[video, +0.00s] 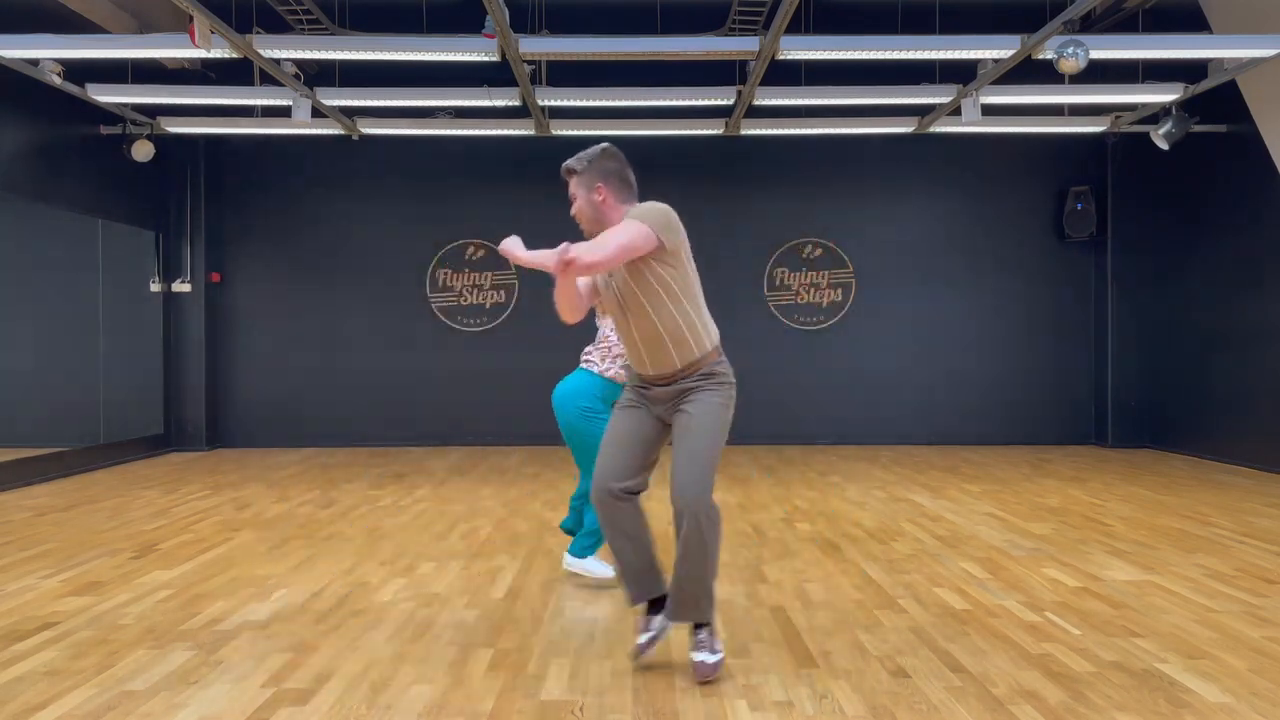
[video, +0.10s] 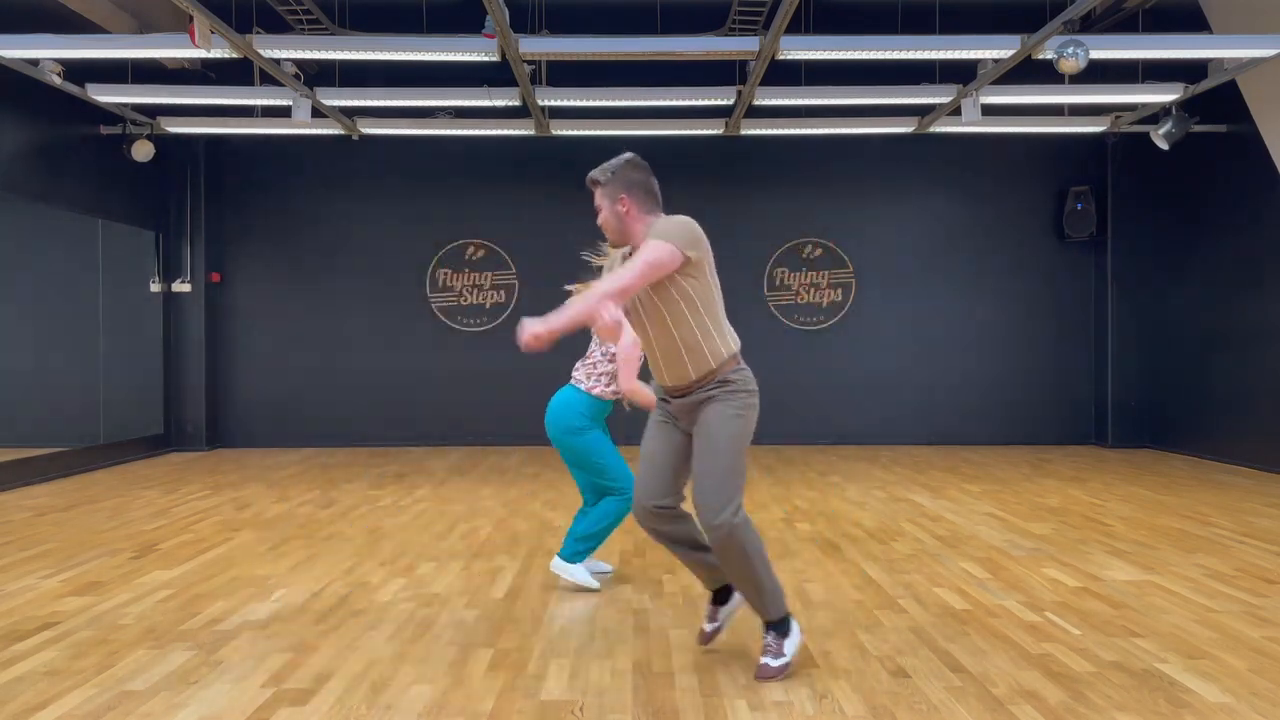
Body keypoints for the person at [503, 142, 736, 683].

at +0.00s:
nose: (570, 210)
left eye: (574, 198)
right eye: (570, 200)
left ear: (602, 193)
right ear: (602, 195)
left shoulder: (656, 218)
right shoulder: (592, 254)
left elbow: (587, 258)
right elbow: (571, 315)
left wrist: (523, 255)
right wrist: (561, 270)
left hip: (704, 381)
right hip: (643, 391)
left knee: (692, 498)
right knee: (609, 489)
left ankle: (701, 624)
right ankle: (656, 599)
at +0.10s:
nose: (597, 221)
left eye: (600, 209)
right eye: (596, 210)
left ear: (626, 204)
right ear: (627, 206)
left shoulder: (679, 231)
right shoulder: (625, 265)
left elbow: (625, 284)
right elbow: (597, 306)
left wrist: (550, 324)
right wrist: (605, 318)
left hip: (724, 391)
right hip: (671, 401)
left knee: (719, 515)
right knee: (652, 509)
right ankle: (724, 586)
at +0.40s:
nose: (619, 192)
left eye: (623, 184)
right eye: (620, 184)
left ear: (645, 187)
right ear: (651, 185)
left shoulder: (695, 232)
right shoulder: (651, 235)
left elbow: (758, 279)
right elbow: (667, 295)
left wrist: (796, 347)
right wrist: (652, 341)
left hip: (725, 366)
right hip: (682, 374)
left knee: (721, 476)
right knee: (672, 475)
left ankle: (778, 599)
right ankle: (742, 567)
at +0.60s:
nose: (642, 217)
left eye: (652, 207)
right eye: (634, 208)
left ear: (674, 207)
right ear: (626, 209)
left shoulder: (693, 260)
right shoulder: (637, 261)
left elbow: (740, 318)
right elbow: (634, 324)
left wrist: (703, 353)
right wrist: (583, 316)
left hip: (722, 382)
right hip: (676, 383)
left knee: (672, 478)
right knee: (646, 468)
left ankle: (675, 575)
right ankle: (691, 547)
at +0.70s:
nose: (650, 251)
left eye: (660, 241)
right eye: (641, 242)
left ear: (677, 242)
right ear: (632, 244)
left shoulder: (697, 298)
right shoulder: (641, 295)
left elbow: (728, 365)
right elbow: (628, 342)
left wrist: (682, 395)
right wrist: (574, 353)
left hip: (714, 411)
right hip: (671, 410)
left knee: (653, 501)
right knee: (643, 501)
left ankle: (669, 587)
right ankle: (688, 568)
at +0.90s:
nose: (675, 231)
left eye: (684, 223)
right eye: (667, 223)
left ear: (700, 229)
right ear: (656, 229)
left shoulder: (721, 287)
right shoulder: (646, 284)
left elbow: (737, 354)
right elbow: (605, 326)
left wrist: (685, 379)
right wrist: (546, 316)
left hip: (715, 394)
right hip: (661, 398)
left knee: (688, 461)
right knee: (632, 480)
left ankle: (690, 558)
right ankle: (672, 563)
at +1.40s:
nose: (668, 241)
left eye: (676, 235)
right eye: (660, 234)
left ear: (686, 243)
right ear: (645, 239)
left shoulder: (704, 296)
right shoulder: (617, 291)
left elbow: (724, 346)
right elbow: (584, 345)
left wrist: (711, 375)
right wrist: (538, 333)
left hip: (688, 407)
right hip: (633, 407)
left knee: (698, 486)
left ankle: (739, 579)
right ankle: (605, 568)